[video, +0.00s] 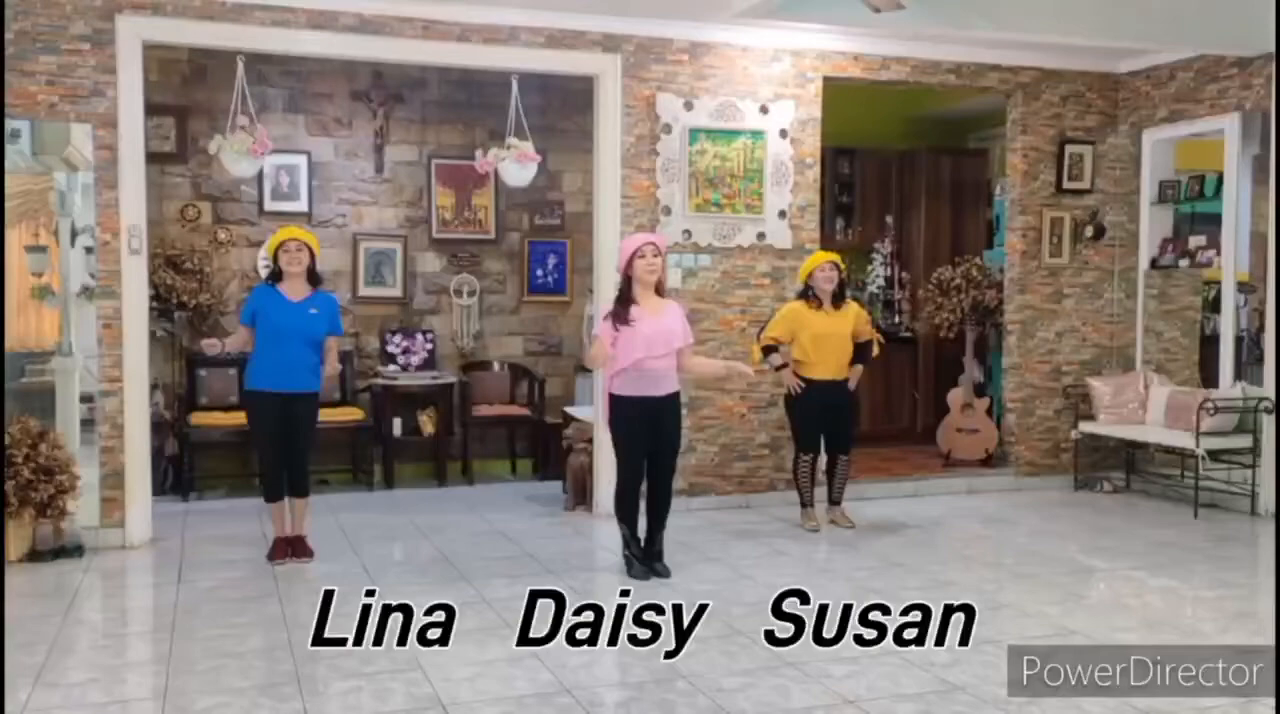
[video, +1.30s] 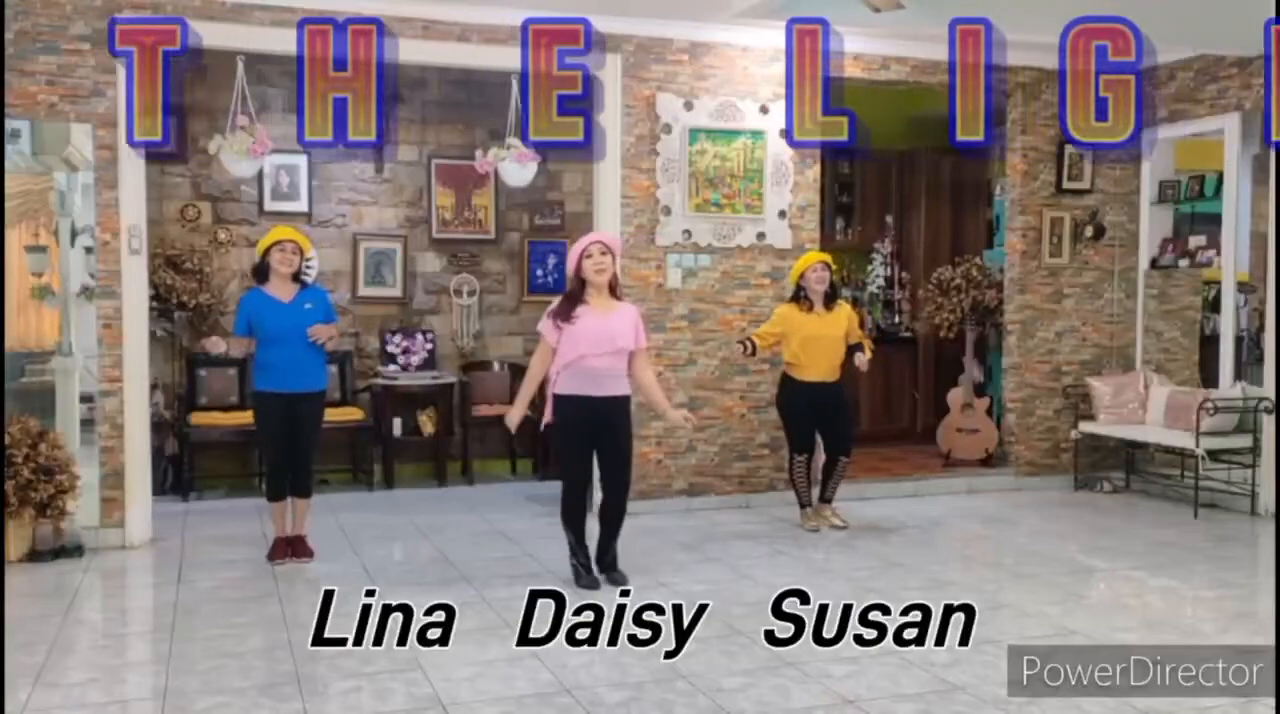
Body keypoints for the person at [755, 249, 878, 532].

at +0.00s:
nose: (828, 274)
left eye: (832, 269)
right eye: (821, 270)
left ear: (840, 276)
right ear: (809, 278)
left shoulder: (852, 311)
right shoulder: (794, 311)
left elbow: (866, 342)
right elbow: (767, 341)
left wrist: (854, 374)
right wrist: (783, 369)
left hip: (840, 389)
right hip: (805, 389)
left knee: (841, 450)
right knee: (807, 450)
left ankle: (835, 507)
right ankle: (807, 509)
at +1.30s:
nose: (820, 275)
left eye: (824, 270)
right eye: (814, 271)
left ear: (831, 277)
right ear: (801, 279)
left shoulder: (843, 312)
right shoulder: (788, 313)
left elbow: (858, 339)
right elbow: (764, 338)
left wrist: (860, 352)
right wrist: (747, 346)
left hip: (830, 389)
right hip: (795, 389)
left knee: (841, 449)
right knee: (801, 449)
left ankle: (825, 506)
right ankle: (806, 510)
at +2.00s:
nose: (828, 275)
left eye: (832, 270)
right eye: (821, 271)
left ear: (838, 277)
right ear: (809, 281)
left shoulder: (851, 310)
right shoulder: (799, 316)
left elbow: (859, 345)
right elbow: (783, 355)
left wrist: (867, 365)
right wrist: (769, 372)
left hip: (837, 389)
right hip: (803, 388)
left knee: (849, 451)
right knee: (805, 449)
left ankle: (851, 509)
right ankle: (807, 509)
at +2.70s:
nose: (855, 275)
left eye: (858, 270)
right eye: (849, 270)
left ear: (862, 277)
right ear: (834, 278)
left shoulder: (871, 314)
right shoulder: (819, 312)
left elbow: (874, 352)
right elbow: (807, 348)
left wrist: (900, 355)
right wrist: (804, 364)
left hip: (860, 387)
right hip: (827, 388)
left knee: (858, 449)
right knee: (832, 451)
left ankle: (852, 509)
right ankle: (831, 509)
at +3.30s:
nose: (842, 274)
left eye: (845, 270)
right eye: (835, 270)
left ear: (850, 277)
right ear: (821, 277)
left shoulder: (857, 315)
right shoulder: (803, 311)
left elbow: (858, 357)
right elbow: (786, 349)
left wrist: (869, 380)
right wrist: (774, 376)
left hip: (842, 390)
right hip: (806, 387)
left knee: (847, 451)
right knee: (805, 452)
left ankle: (850, 509)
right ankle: (804, 511)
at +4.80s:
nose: (856, 278)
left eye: (859, 272)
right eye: (848, 273)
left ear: (864, 277)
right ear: (835, 282)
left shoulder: (875, 311)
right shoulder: (824, 313)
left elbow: (878, 350)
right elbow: (813, 353)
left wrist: (893, 368)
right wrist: (814, 385)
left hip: (863, 389)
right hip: (831, 388)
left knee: (864, 451)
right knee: (826, 452)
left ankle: (857, 511)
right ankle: (812, 510)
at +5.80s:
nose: (842, 277)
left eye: (846, 272)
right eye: (835, 273)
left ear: (852, 278)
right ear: (822, 281)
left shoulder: (861, 313)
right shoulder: (807, 313)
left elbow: (866, 350)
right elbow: (788, 349)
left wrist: (864, 380)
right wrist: (779, 380)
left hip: (844, 390)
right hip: (807, 388)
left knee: (851, 452)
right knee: (807, 452)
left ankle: (854, 510)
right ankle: (807, 513)